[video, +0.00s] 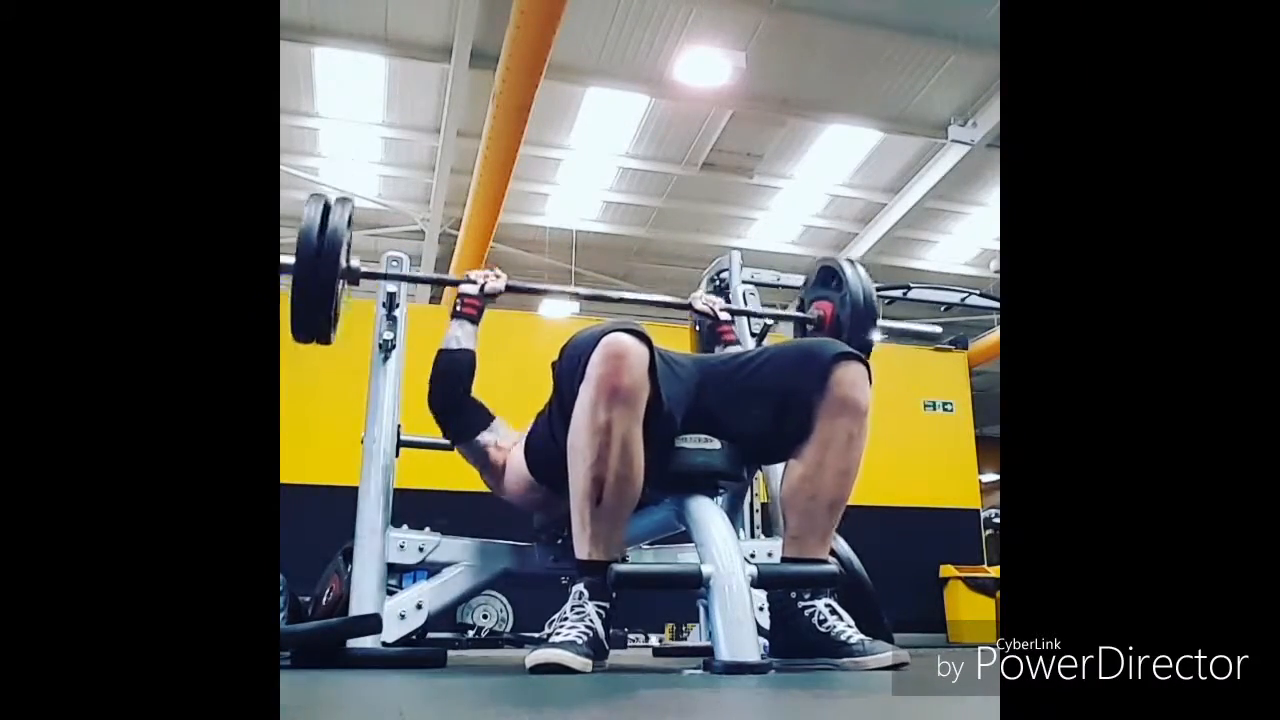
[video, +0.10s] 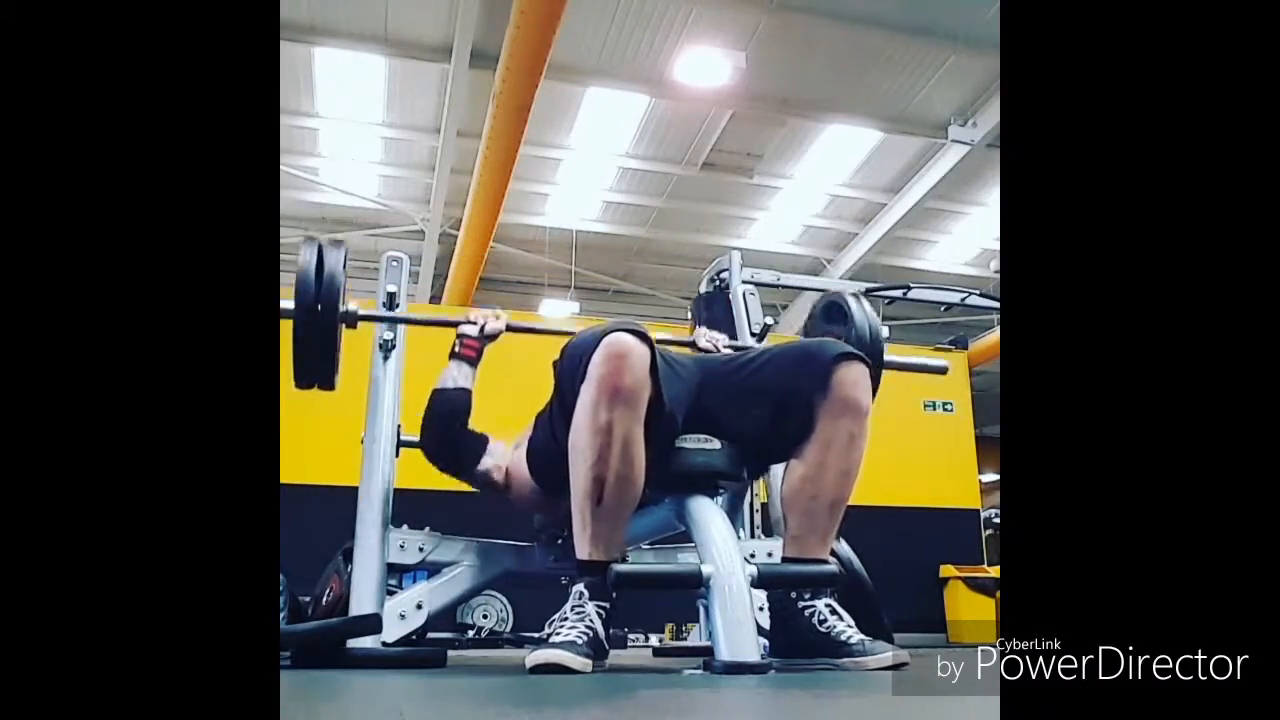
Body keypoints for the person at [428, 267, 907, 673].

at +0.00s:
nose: (497, 446)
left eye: (498, 444)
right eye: (491, 455)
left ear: (522, 440)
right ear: (496, 468)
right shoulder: (519, 469)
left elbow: (730, 402)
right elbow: (449, 399)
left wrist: (720, 334)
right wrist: (468, 309)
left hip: (694, 390)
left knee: (843, 377)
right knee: (618, 355)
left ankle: (800, 607)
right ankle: (585, 606)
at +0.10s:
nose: (501, 477)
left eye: (500, 476)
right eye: (497, 483)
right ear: (513, 491)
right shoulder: (523, 463)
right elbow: (441, 436)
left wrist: (714, 356)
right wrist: (469, 347)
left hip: (707, 389)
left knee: (846, 376)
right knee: (620, 354)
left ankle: (800, 609)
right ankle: (586, 606)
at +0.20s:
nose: (494, 495)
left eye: (488, 483)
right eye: (492, 494)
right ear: (501, 499)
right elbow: (445, 483)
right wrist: (466, 393)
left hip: (712, 377)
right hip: (639, 363)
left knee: (849, 376)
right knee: (620, 357)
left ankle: (801, 605)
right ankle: (587, 605)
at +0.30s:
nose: (491, 470)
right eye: (494, 484)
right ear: (508, 498)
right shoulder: (528, 479)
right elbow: (452, 506)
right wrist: (470, 410)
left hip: (702, 374)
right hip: (625, 358)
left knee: (852, 376)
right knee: (621, 358)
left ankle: (801, 605)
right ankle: (588, 606)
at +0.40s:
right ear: (511, 508)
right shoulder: (525, 485)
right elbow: (452, 505)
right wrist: (467, 408)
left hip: (695, 375)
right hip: (620, 357)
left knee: (849, 376)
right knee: (621, 357)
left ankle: (801, 606)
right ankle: (588, 605)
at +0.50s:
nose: (481, 460)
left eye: (478, 462)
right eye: (482, 476)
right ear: (496, 493)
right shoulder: (528, 480)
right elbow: (447, 479)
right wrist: (465, 384)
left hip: (700, 373)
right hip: (625, 357)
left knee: (847, 376)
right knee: (617, 357)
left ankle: (801, 607)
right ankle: (588, 606)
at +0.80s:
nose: (499, 454)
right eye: (497, 459)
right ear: (506, 476)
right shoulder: (520, 473)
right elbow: (450, 409)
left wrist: (724, 338)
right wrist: (464, 315)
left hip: (710, 391)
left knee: (840, 376)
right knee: (620, 354)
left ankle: (800, 610)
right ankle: (585, 608)